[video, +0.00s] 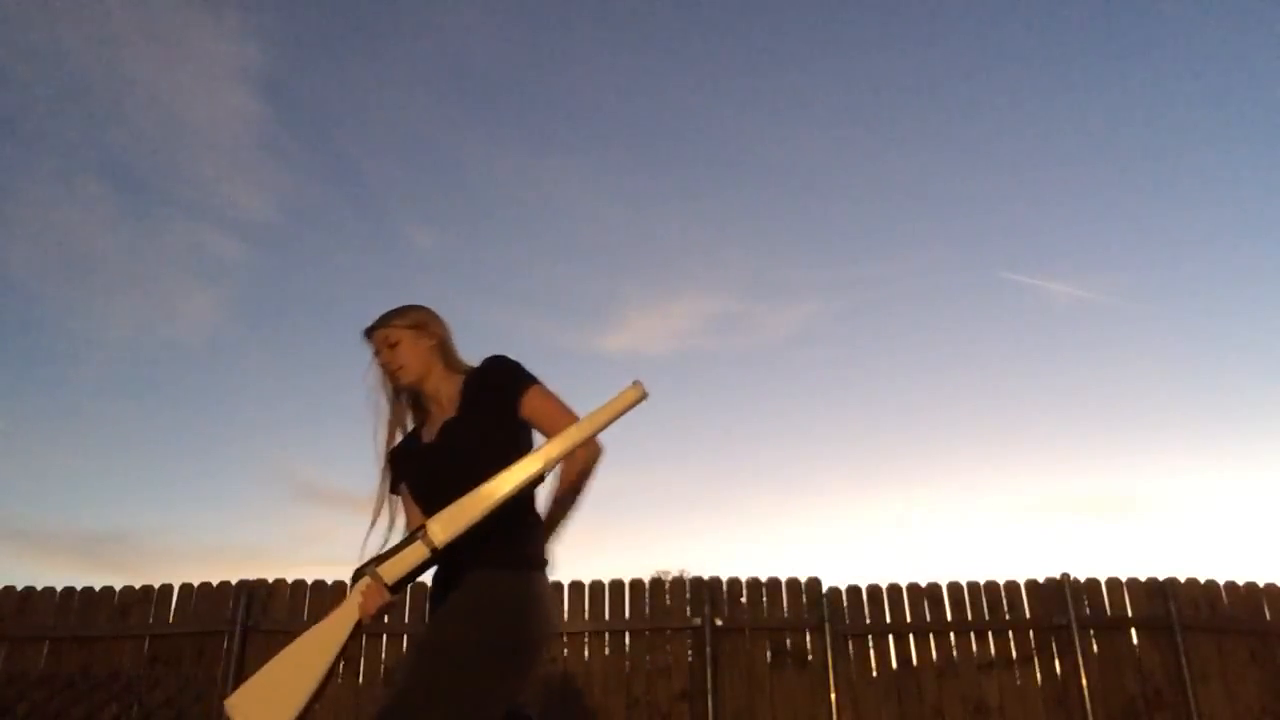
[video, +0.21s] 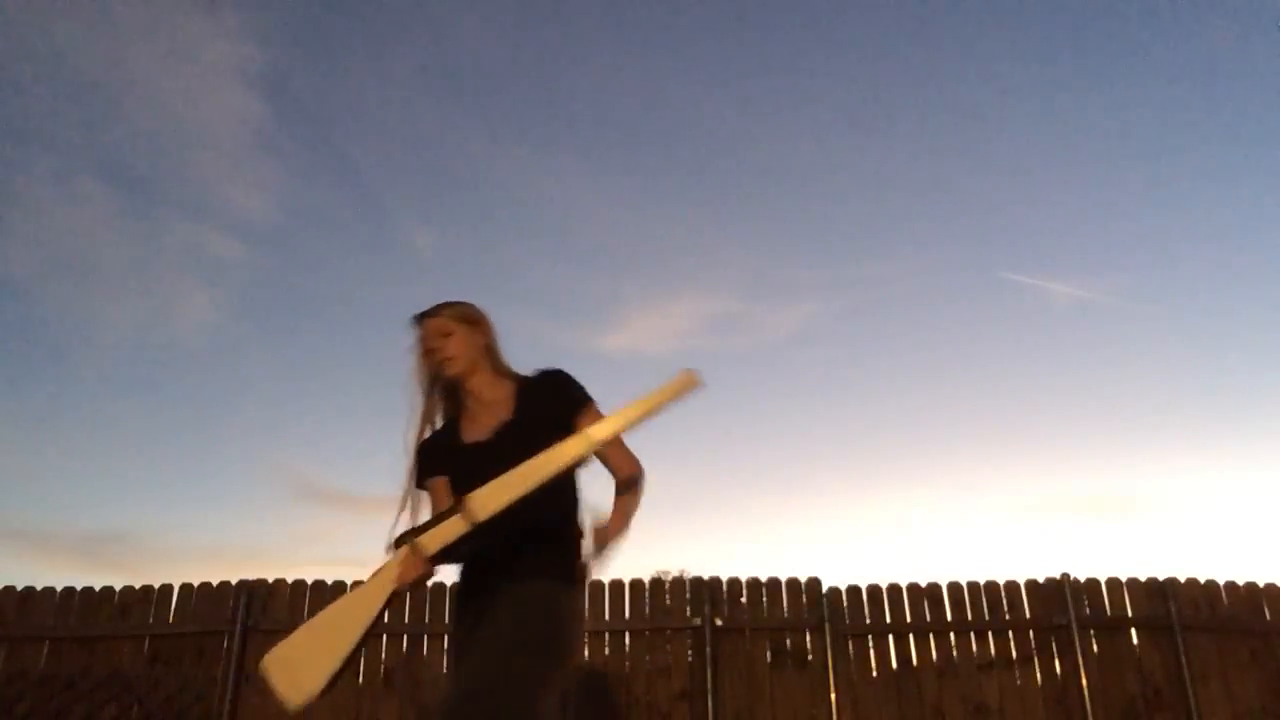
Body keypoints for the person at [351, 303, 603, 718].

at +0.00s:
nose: (385, 361)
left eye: (392, 344)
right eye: (378, 354)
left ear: (430, 336)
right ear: (382, 367)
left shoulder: (494, 378)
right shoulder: (407, 453)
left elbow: (583, 447)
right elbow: (422, 539)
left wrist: (544, 530)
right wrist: (385, 583)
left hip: (511, 589)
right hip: (454, 601)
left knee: (419, 705)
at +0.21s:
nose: (436, 350)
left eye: (446, 336)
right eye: (429, 346)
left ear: (480, 334)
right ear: (427, 360)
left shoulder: (550, 391)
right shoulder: (439, 447)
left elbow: (629, 471)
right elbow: (446, 533)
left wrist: (616, 523)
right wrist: (420, 561)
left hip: (550, 585)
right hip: (480, 593)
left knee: (519, 702)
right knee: (472, 704)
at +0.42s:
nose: (507, 331)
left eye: (520, 322)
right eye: (493, 327)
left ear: (542, 334)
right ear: (481, 346)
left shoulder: (590, 402)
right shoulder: (469, 432)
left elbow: (626, 503)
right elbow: (482, 533)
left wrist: (629, 495)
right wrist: (479, 533)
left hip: (588, 583)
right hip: (513, 587)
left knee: (568, 700)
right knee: (506, 702)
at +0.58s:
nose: (569, 319)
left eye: (581, 315)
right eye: (558, 313)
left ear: (595, 342)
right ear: (539, 332)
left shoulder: (618, 406)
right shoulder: (492, 409)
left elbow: (636, 494)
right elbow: (469, 509)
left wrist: (655, 521)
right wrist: (498, 534)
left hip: (609, 599)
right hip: (524, 601)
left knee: (608, 707)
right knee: (525, 709)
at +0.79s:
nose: (635, 326)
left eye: (647, 331)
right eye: (633, 321)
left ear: (647, 364)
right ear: (606, 334)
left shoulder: (653, 420)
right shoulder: (534, 383)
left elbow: (664, 519)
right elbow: (472, 475)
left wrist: (660, 564)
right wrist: (517, 542)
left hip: (628, 591)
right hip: (546, 591)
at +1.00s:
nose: (660, 302)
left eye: (672, 304)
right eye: (650, 297)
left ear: (685, 338)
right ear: (627, 323)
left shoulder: (701, 414)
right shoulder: (584, 378)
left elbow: (707, 518)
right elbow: (513, 469)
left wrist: (711, 565)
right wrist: (559, 528)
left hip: (669, 599)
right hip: (585, 592)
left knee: (698, 708)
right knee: (574, 709)